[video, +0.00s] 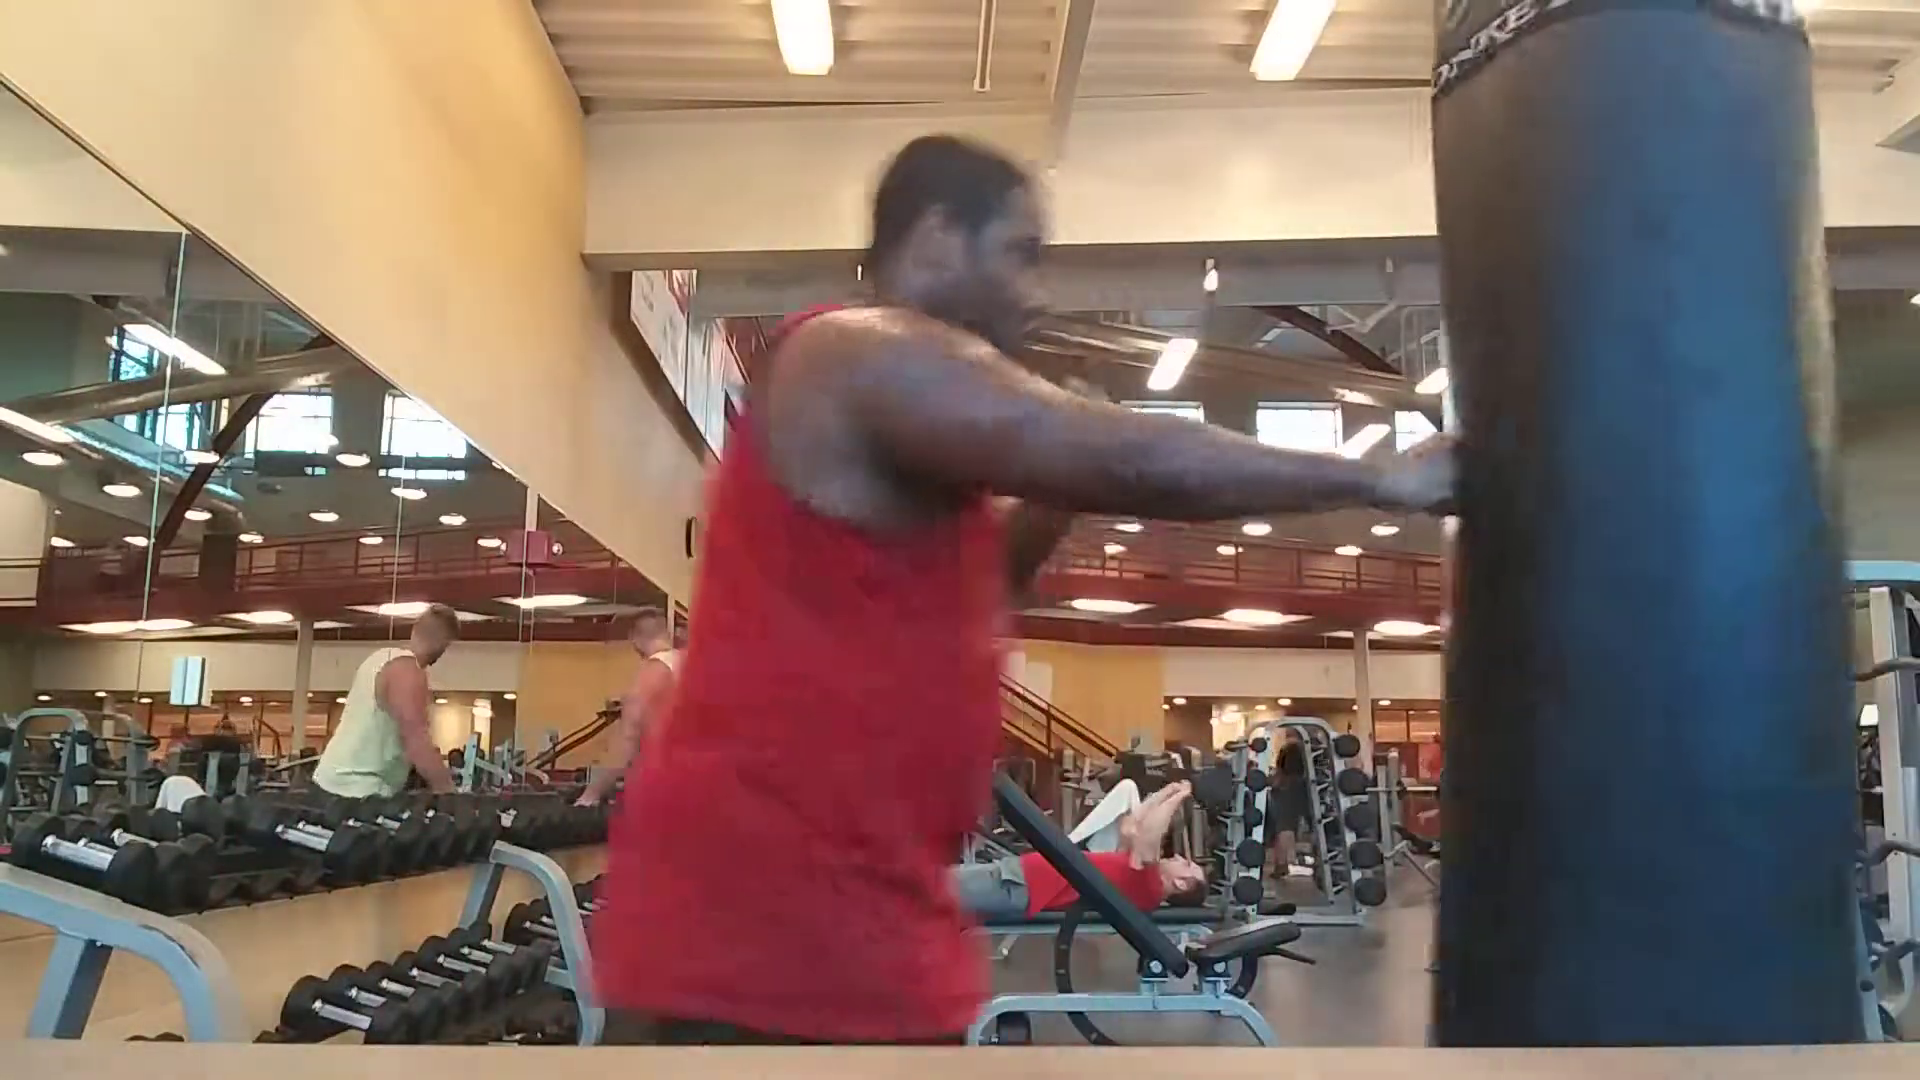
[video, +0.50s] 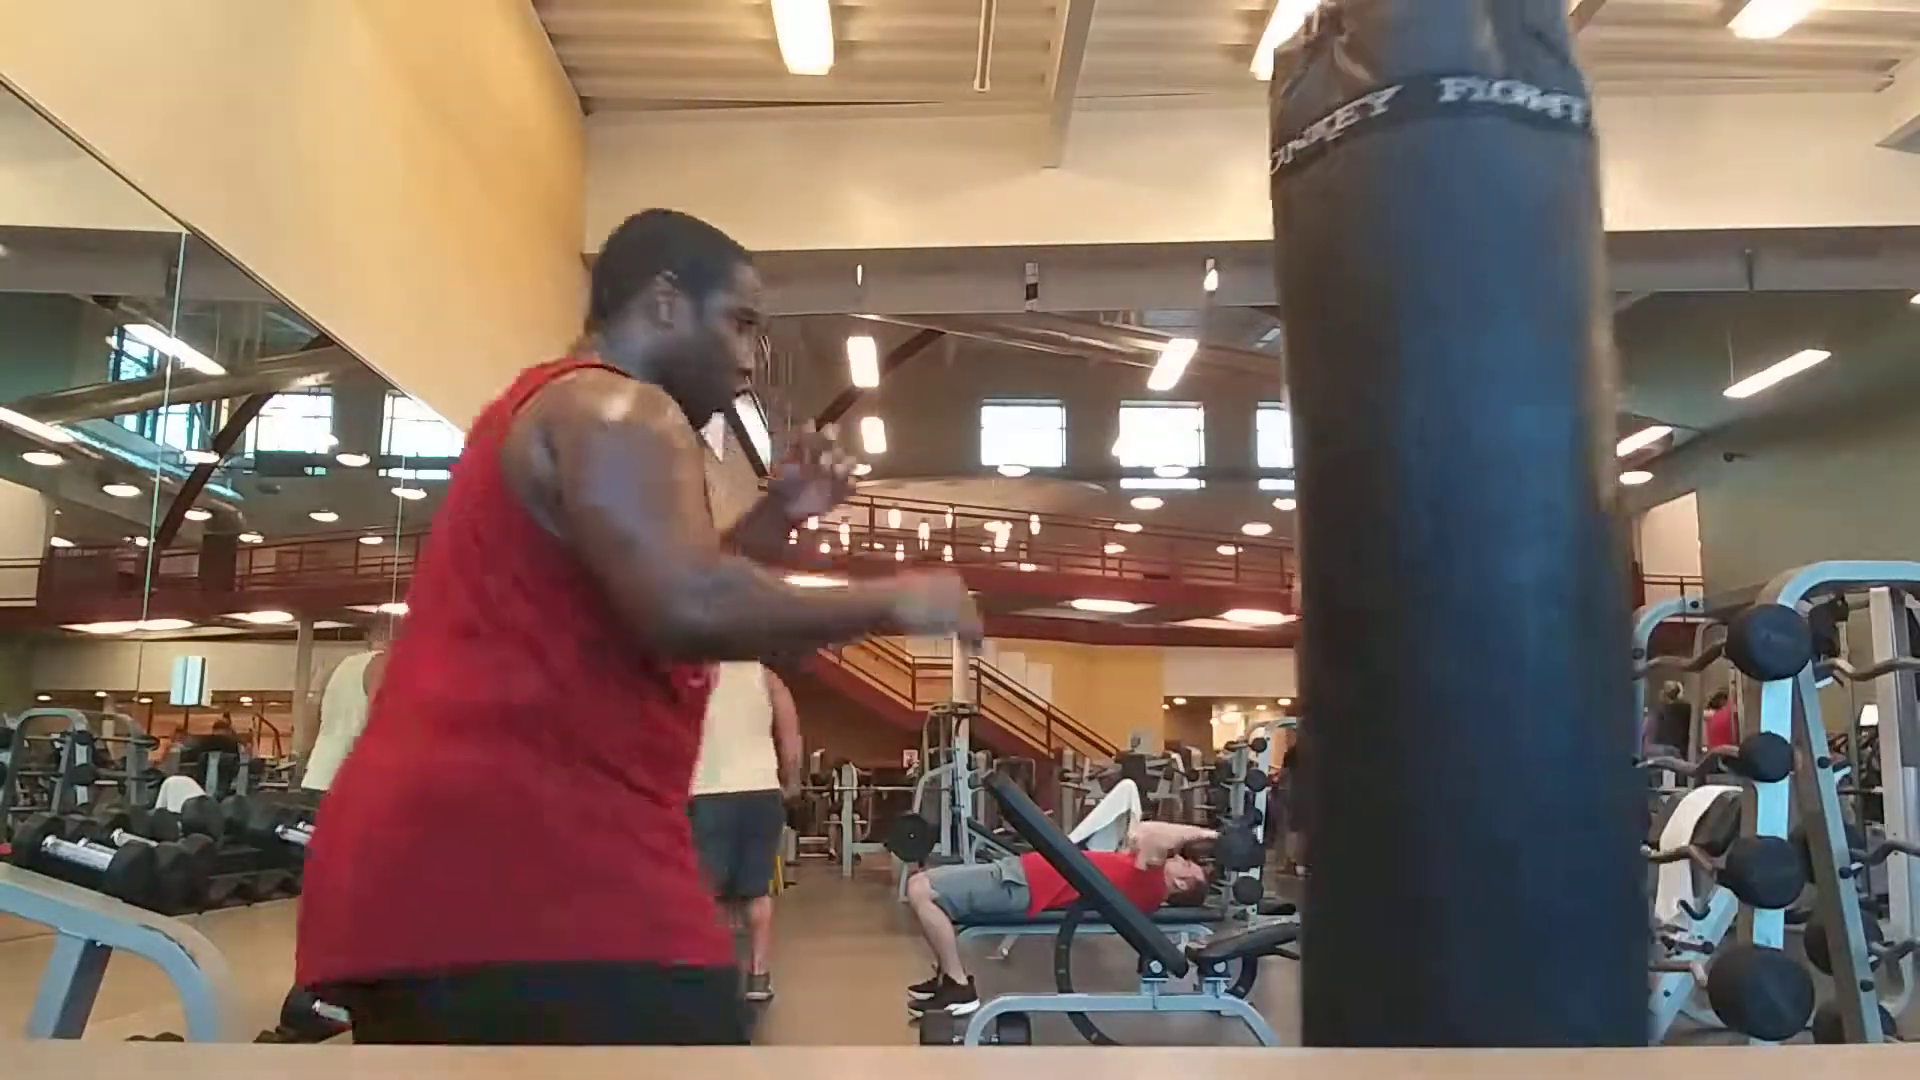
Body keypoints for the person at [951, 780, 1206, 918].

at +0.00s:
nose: (1185, 860)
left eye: (1190, 868)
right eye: (1190, 861)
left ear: (1179, 883)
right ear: (1177, 875)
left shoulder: (1148, 890)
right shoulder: (1137, 875)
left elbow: (1146, 835)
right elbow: (1128, 828)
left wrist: (1175, 800)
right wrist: (1162, 797)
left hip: (1019, 886)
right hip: (1015, 873)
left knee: (930, 892)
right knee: (931, 886)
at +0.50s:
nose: (1186, 863)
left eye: (1191, 871)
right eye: (1191, 863)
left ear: (1182, 885)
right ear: (1181, 860)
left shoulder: (1149, 888)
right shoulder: (1144, 875)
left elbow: (1146, 835)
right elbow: (1141, 834)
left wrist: (1205, 833)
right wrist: (1200, 832)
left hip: (1024, 886)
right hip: (1018, 871)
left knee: (921, 891)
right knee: (920, 881)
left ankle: (958, 985)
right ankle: (944, 977)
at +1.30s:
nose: (1176, 862)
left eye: (1183, 862)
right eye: (1181, 858)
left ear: (1184, 878)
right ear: (1172, 861)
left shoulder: (1148, 888)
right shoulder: (1145, 878)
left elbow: (1145, 832)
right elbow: (1134, 832)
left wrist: (1195, 825)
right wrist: (1191, 827)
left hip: (1026, 885)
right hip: (1023, 874)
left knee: (922, 889)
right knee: (923, 883)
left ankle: (959, 986)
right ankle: (946, 978)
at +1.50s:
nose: (1172, 859)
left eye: (1179, 861)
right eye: (1178, 858)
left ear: (1179, 877)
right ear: (1173, 863)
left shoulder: (1149, 884)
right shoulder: (1145, 874)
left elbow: (1156, 822)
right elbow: (1140, 824)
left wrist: (1185, 798)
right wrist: (1181, 796)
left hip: (1025, 884)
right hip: (1021, 873)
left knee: (922, 888)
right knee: (923, 881)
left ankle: (960, 984)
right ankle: (945, 976)